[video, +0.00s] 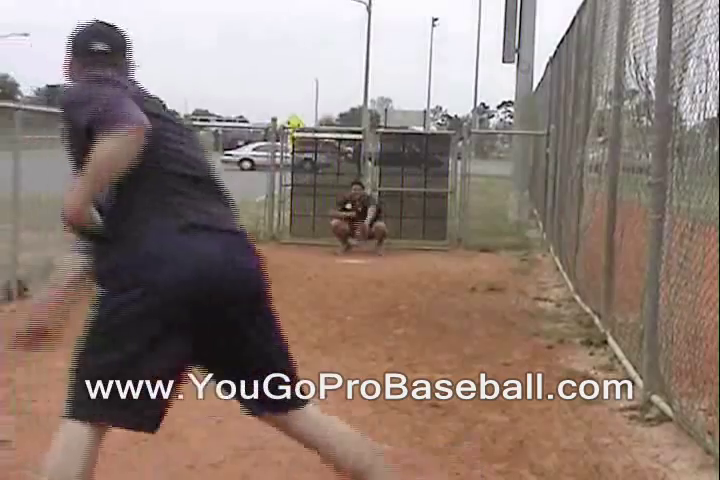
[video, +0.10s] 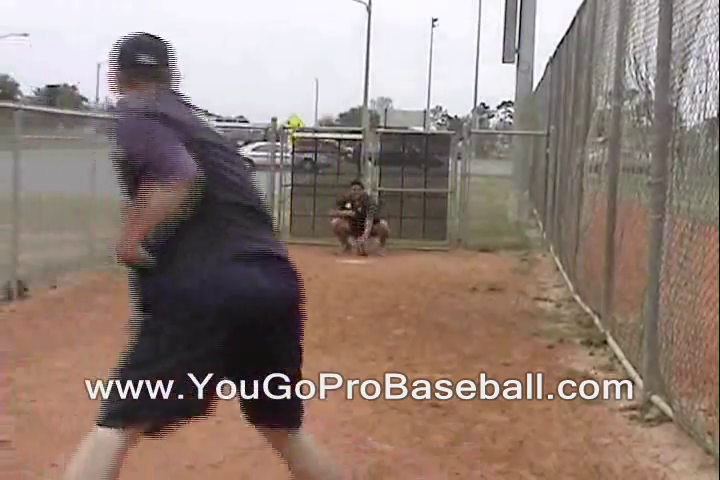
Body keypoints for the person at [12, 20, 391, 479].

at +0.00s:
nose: (66, 67)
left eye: (68, 59)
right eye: (70, 58)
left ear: (75, 61)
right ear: (122, 62)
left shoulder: (85, 89)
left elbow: (128, 128)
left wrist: (80, 199)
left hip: (157, 261)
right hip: (230, 254)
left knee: (83, 423)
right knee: (289, 409)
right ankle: (384, 470)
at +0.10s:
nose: (112, 82)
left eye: (114, 74)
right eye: (115, 74)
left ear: (120, 77)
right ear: (166, 77)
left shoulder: (137, 117)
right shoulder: (202, 126)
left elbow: (180, 177)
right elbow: (237, 203)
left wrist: (132, 237)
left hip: (201, 286)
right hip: (273, 281)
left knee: (115, 430)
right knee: (283, 425)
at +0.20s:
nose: (155, 72)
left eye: (157, 64)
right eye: (158, 64)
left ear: (162, 70)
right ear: (209, 69)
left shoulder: (190, 122)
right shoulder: (238, 114)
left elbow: (234, 205)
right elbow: (274, 203)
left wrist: (182, 259)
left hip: (238, 294)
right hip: (297, 289)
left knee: (142, 432)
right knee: (287, 441)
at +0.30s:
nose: (188, 42)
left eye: (188, 34)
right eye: (192, 33)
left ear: (191, 34)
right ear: (239, 30)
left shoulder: (208, 84)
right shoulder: (273, 82)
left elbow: (240, 165)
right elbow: (335, 169)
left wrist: (187, 210)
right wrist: (347, 222)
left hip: (240, 262)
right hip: (303, 261)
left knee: (165, 394)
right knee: (301, 407)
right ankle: (337, 472)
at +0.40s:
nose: (202, 12)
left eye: (203, 8)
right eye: (206, 9)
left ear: (208, 7)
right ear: (257, 6)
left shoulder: (210, 48)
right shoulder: (300, 54)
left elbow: (224, 131)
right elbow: (364, 137)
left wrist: (182, 164)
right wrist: (390, 190)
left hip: (238, 240)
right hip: (310, 242)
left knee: (196, 380)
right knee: (307, 382)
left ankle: (210, 472)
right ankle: (339, 471)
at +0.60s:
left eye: (228, 24)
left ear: (226, 29)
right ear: (278, 29)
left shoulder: (209, 80)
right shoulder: (320, 85)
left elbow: (200, 161)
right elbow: (373, 170)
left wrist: (169, 191)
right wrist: (403, 238)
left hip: (236, 262)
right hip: (305, 259)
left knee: (251, 398)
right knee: (301, 386)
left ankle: (281, 475)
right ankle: (311, 475)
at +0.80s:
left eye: (231, 54)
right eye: (275, 53)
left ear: (226, 56)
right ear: (278, 57)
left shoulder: (198, 119)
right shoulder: (319, 118)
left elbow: (181, 213)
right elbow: (342, 215)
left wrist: (193, 236)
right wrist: (342, 280)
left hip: (229, 290)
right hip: (300, 289)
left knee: (195, 383)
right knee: (287, 402)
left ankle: (244, 472)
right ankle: (306, 473)